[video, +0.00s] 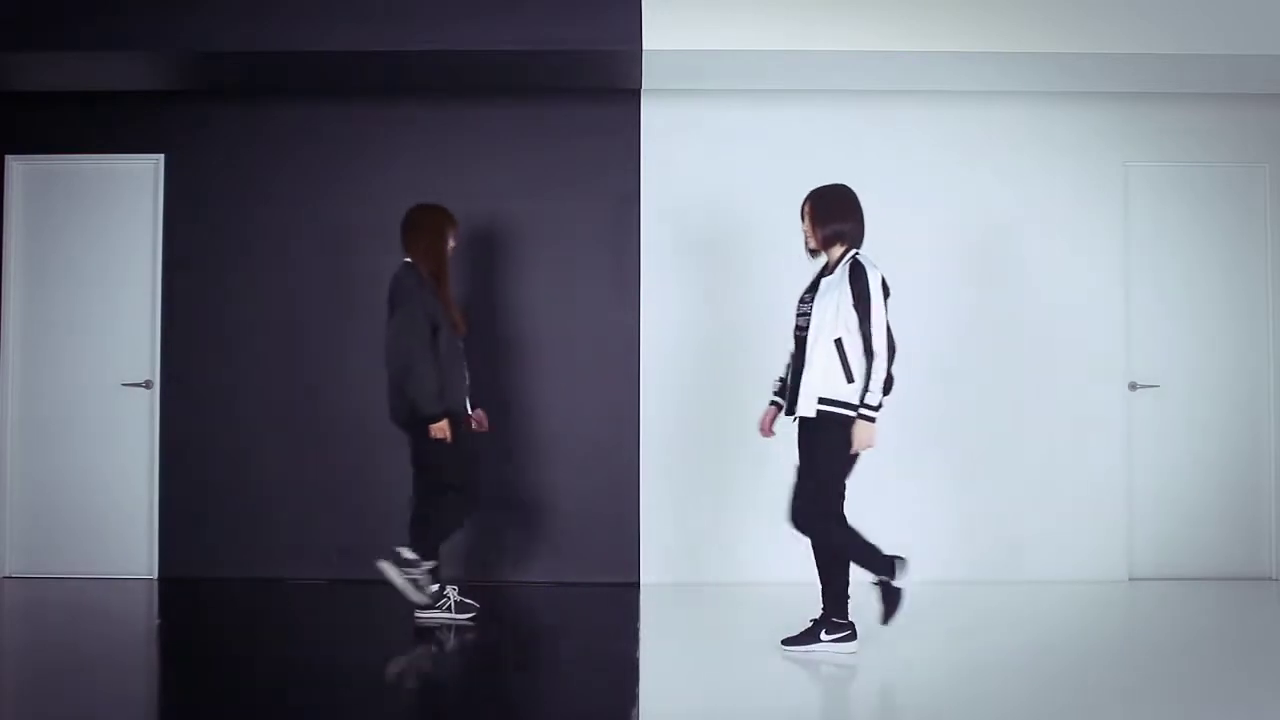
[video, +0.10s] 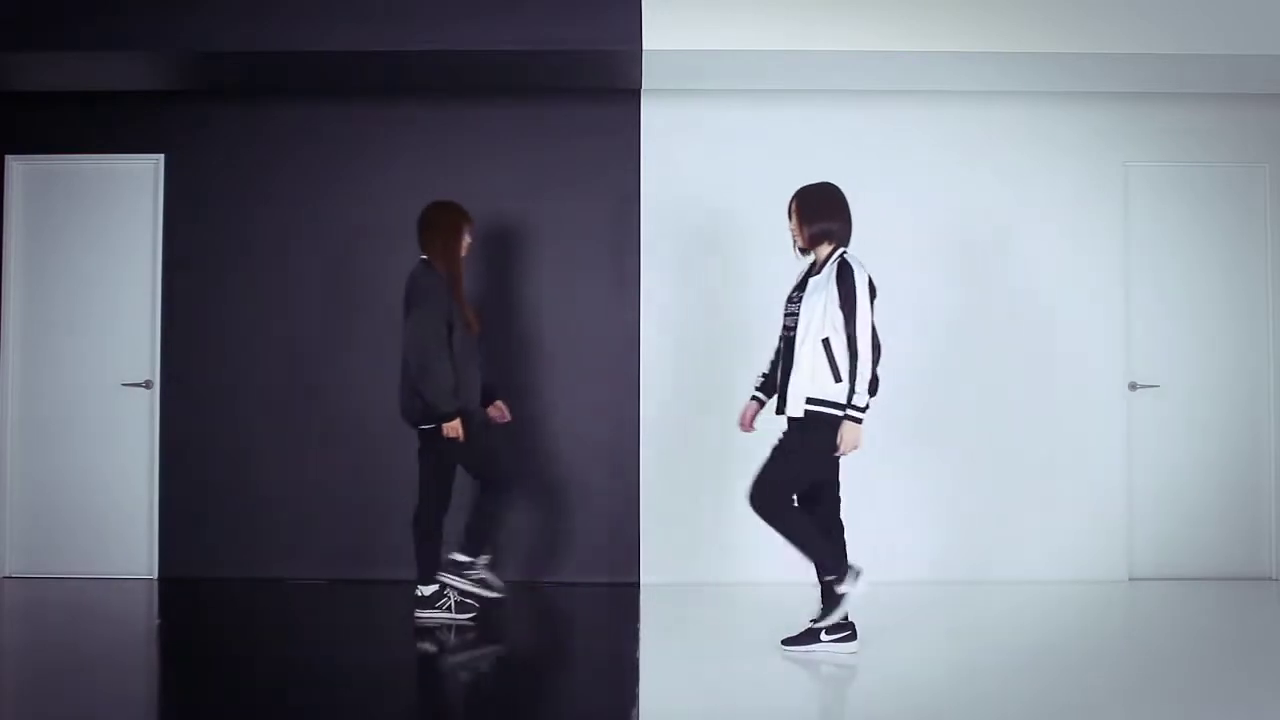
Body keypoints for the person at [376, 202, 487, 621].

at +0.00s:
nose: (453, 248)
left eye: (452, 239)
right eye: (449, 239)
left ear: (418, 241)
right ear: (433, 240)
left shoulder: (427, 283)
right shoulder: (411, 283)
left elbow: (442, 356)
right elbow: (414, 355)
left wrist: (463, 407)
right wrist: (433, 412)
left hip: (435, 412)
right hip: (428, 412)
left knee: (430, 494)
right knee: (459, 491)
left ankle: (432, 593)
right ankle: (412, 557)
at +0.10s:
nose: (469, 244)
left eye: (469, 235)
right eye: (464, 235)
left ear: (435, 236)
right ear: (447, 237)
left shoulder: (442, 280)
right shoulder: (429, 279)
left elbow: (458, 354)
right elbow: (430, 351)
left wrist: (486, 399)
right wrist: (446, 410)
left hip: (445, 411)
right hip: (439, 412)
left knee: (433, 499)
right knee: (495, 476)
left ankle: (428, 591)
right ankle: (469, 558)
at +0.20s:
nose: (485, 242)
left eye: (485, 234)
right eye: (481, 234)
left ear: (451, 237)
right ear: (464, 237)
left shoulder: (456, 279)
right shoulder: (447, 280)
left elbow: (471, 351)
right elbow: (441, 350)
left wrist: (497, 397)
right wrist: (458, 411)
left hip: (448, 412)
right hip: (457, 412)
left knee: (439, 500)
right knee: (516, 471)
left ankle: (429, 592)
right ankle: (511, 568)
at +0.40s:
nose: (518, 252)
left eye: (517, 243)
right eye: (512, 244)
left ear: (482, 248)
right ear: (495, 248)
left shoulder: (480, 286)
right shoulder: (485, 289)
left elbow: (482, 358)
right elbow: (481, 358)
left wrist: (497, 417)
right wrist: (493, 421)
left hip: (470, 422)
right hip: (483, 423)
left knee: (450, 507)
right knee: (521, 504)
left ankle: (430, 592)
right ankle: (569, 582)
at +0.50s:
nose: (536, 251)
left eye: (535, 243)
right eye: (530, 243)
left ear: (502, 248)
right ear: (512, 247)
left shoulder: (504, 288)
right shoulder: (503, 291)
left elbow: (507, 361)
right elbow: (501, 361)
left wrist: (521, 420)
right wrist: (514, 424)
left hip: (498, 422)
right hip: (501, 423)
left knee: (465, 504)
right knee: (533, 507)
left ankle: (432, 587)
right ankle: (574, 586)